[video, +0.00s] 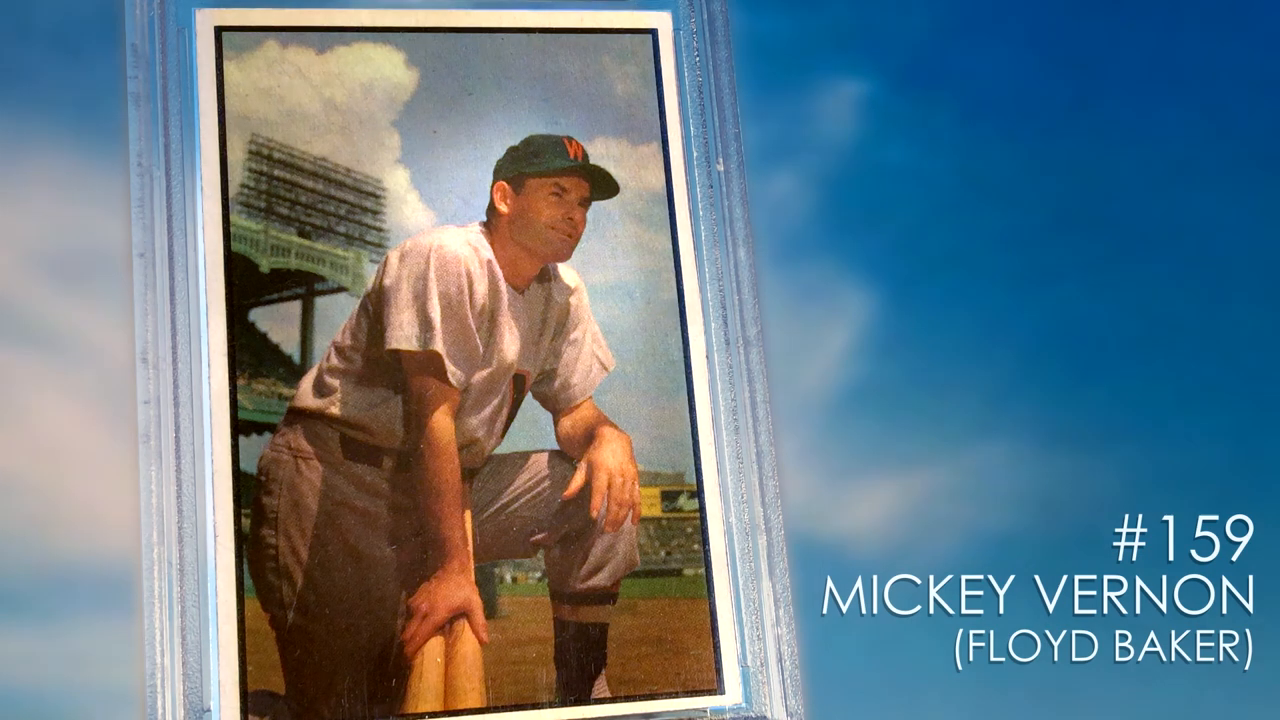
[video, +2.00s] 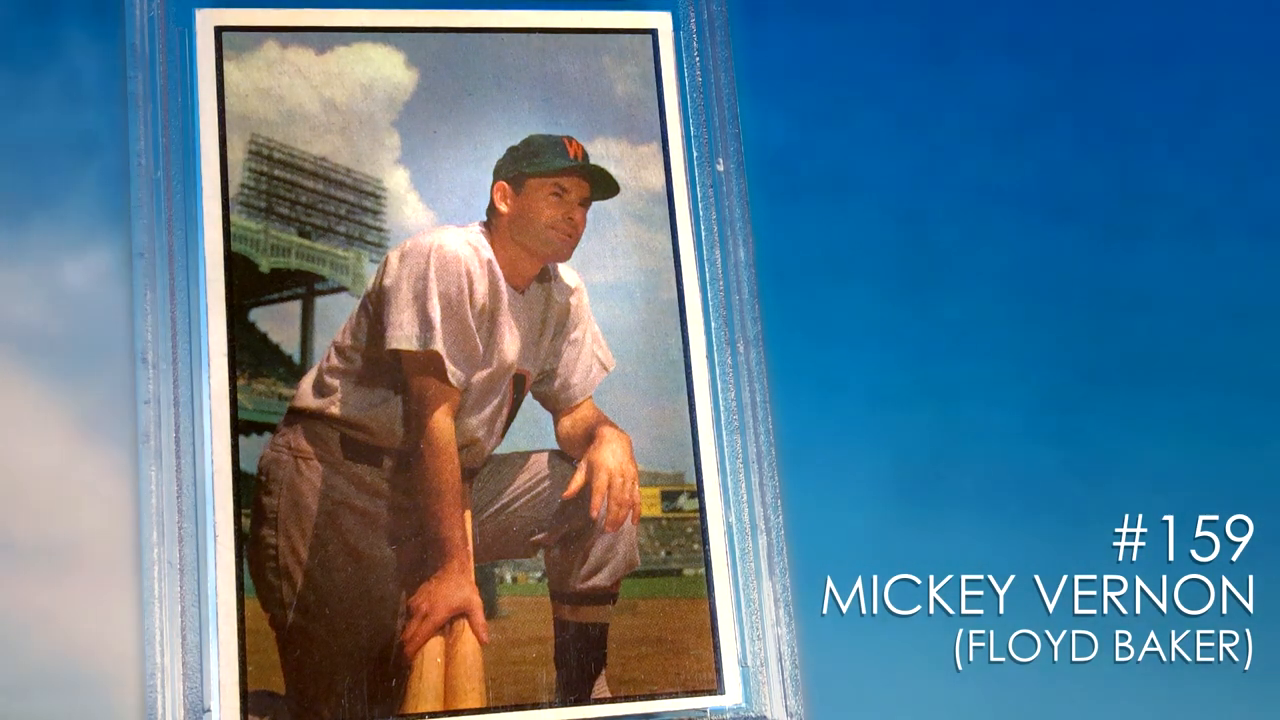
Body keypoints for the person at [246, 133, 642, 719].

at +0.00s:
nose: (577, 216)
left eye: (584, 204)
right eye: (558, 194)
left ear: (586, 217)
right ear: (505, 197)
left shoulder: (560, 295)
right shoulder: (442, 257)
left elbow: (575, 414)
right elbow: (432, 419)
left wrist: (609, 435)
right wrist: (454, 566)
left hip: (438, 486)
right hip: (334, 479)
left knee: (595, 488)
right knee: (347, 702)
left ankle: (581, 694)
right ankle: (239, 706)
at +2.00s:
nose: (576, 216)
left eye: (584, 204)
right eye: (557, 194)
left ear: (586, 217)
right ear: (504, 197)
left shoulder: (560, 296)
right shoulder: (441, 256)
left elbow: (575, 415)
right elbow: (431, 419)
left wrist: (609, 435)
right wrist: (454, 565)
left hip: (440, 486)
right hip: (335, 478)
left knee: (595, 488)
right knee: (352, 700)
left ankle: (580, 694)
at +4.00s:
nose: (576, 215)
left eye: (584, 204)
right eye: (558, 193)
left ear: (586, 218)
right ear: (504, 197)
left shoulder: (560, 296)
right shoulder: (441, 257)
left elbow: (575, 414)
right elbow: (433, 419)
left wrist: (609, 435)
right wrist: (454, 566)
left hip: (438, 487)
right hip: (335, 482)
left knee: (595, 488)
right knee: (346, 703)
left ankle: (581, 695)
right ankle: (235, 706)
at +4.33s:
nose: (576, 215)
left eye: (584, 204)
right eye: (557, 194)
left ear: (586, 217)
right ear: (505, 197)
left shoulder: (560, 296)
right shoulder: (441, 257)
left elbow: (575, 415)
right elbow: (431, 420)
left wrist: (609, 435)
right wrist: (454, 566)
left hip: (439, 487)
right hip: (334, 480)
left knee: (595, 488)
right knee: (348, 704)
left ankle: (580, 696)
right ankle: (238, 706)